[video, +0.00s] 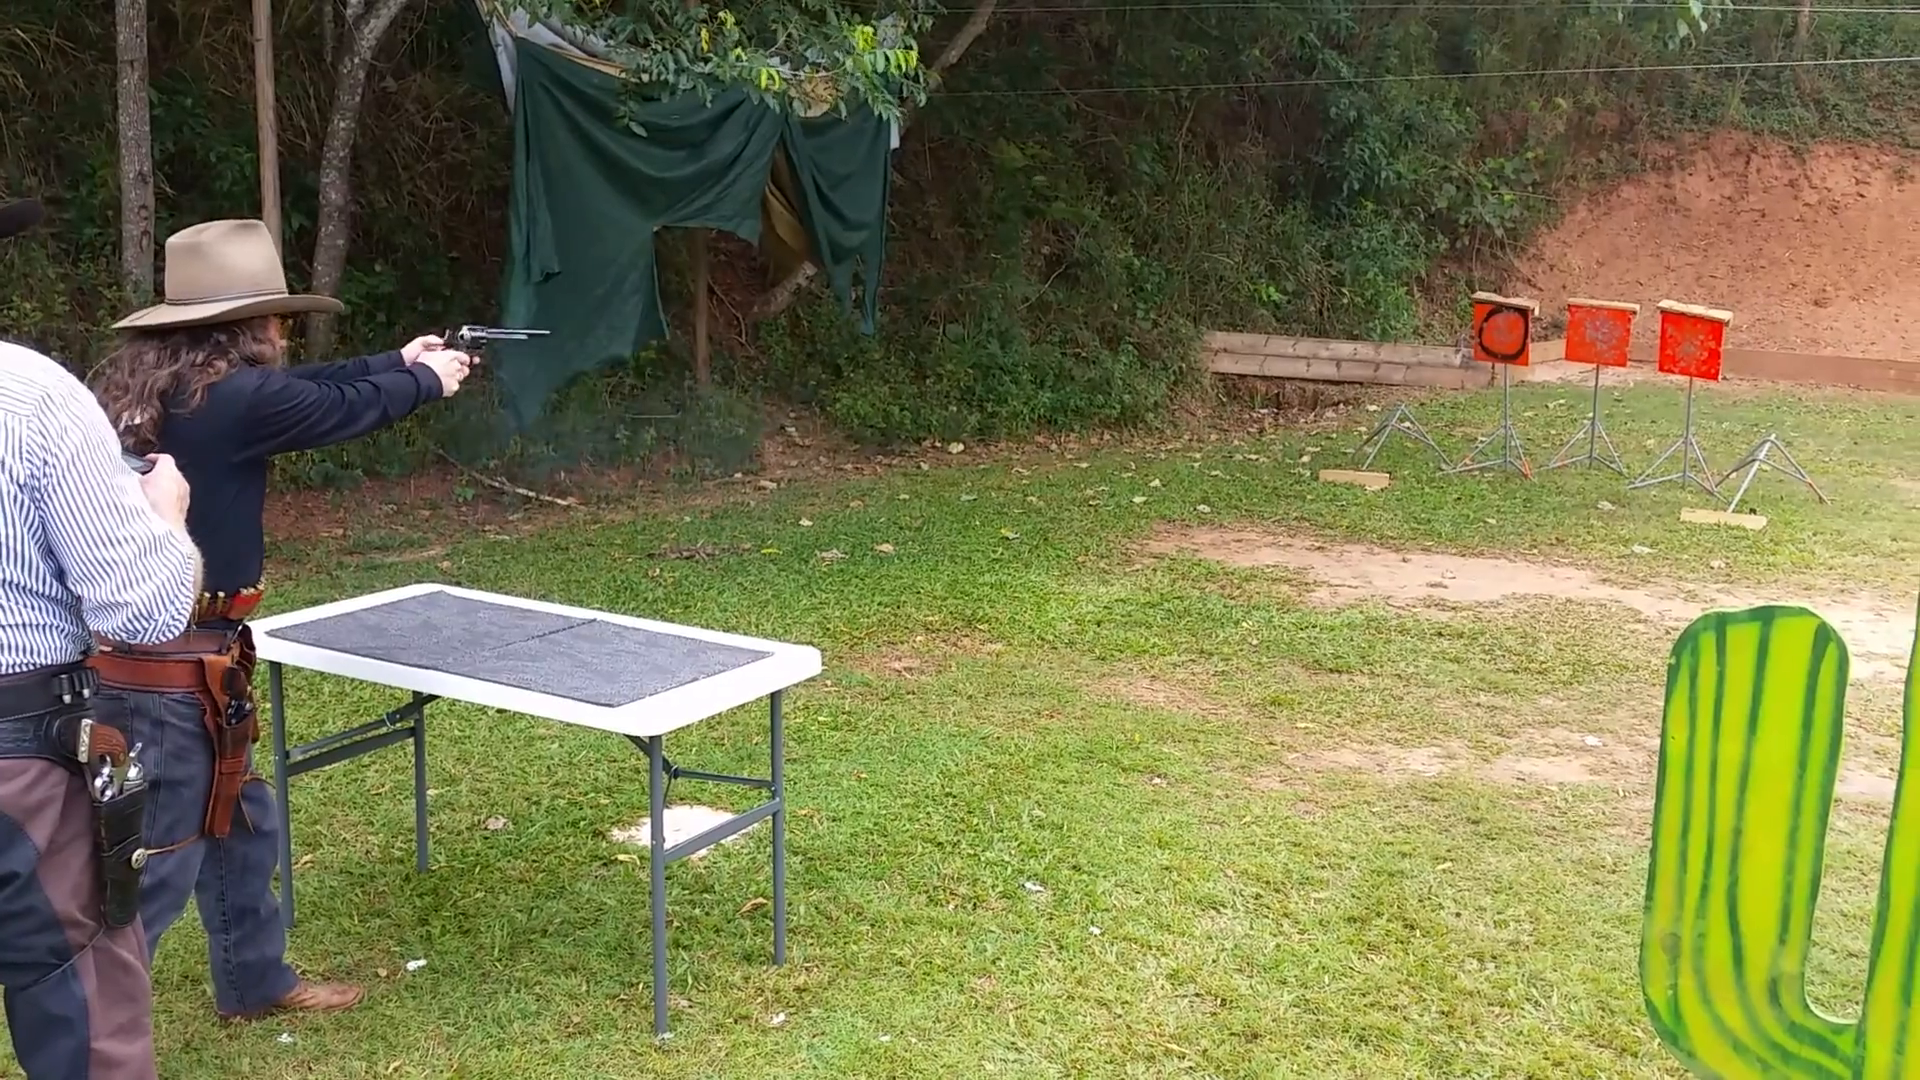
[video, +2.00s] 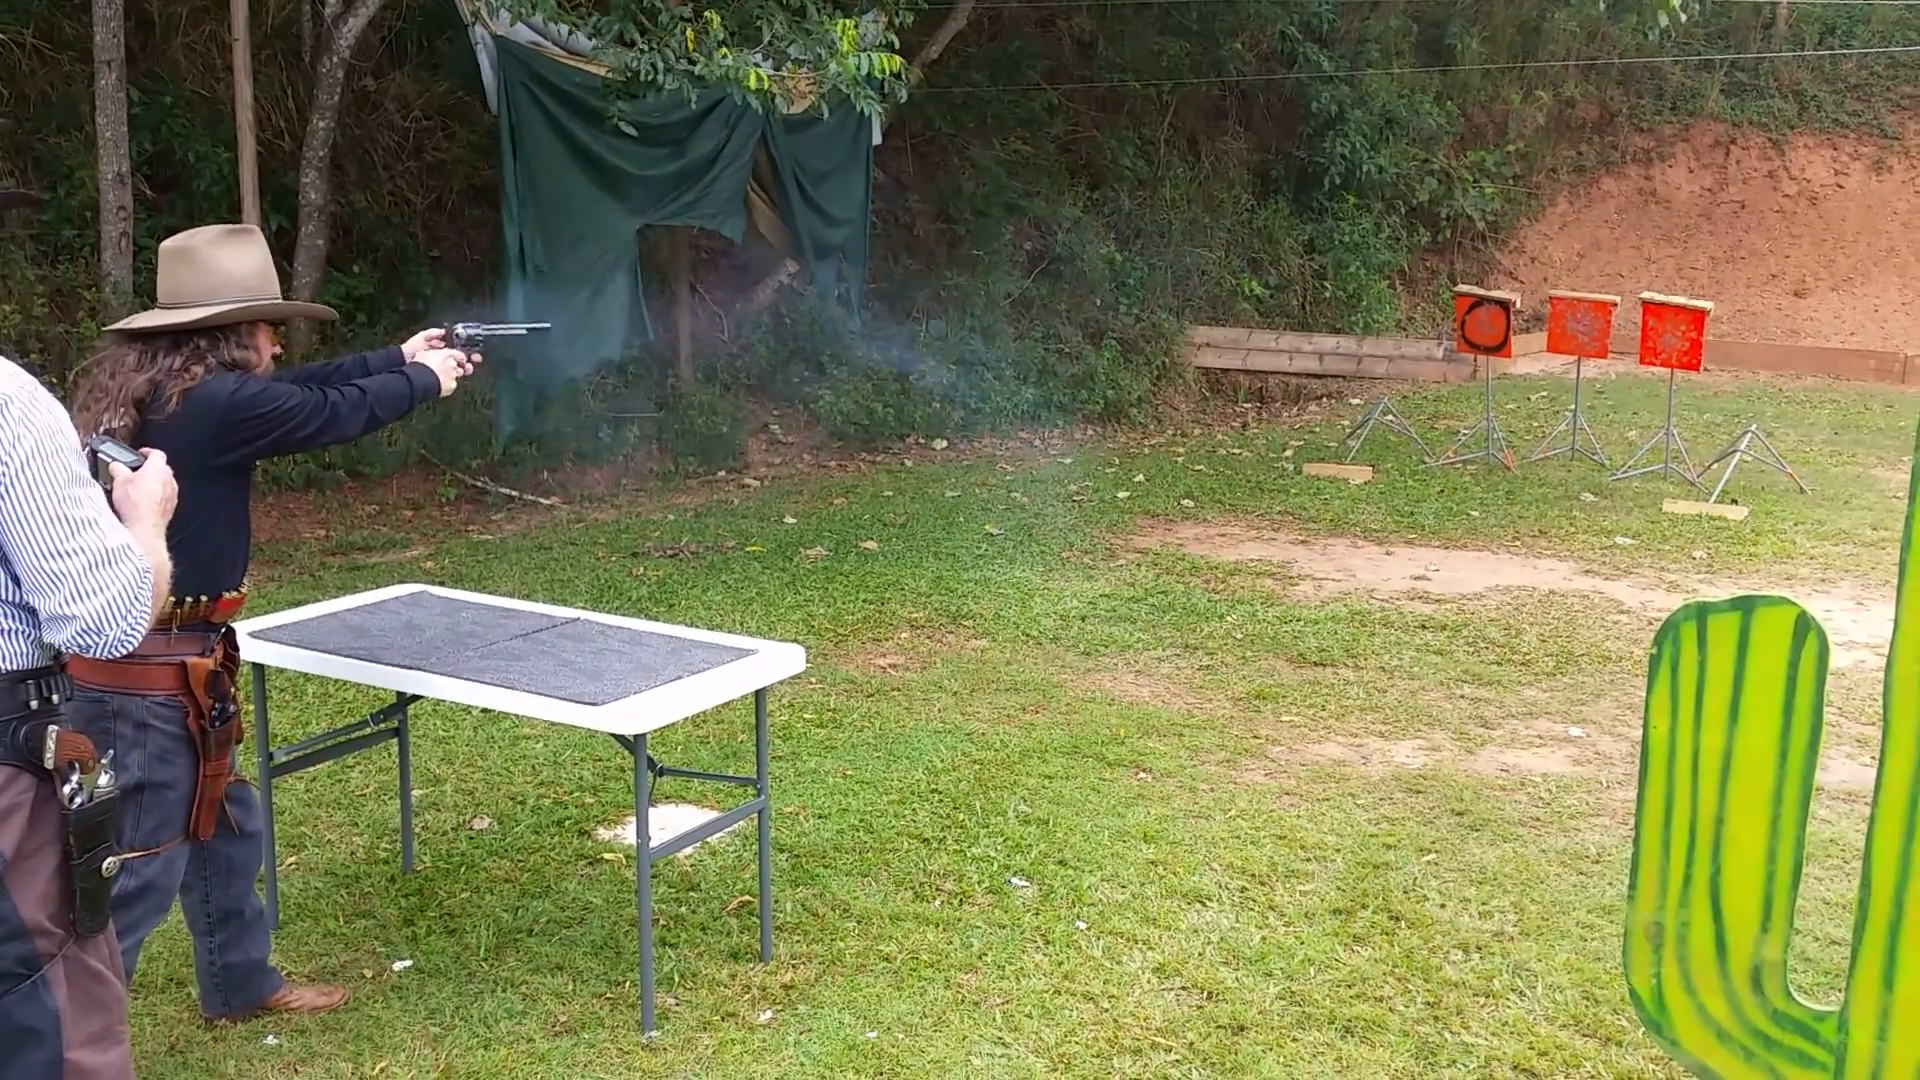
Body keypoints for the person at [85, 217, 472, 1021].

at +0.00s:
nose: (283, 335)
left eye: (280, 321)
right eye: (274, 321)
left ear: (193, 324)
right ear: (242, 325)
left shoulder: (146, 386)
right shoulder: (233, 398)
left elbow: (303, 391)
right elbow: (341, 410)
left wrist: (394, 363)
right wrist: (427, 382)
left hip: (132, 651)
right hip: (174, 665)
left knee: (245, 820)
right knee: (158, 863)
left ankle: (256, 985)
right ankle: (87, 1021)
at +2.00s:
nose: (276, 344)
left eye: (274, 329)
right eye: (267, 328)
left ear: (191, 330)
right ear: (231, 332)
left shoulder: (146, 388)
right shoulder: (214, 403)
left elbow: (298, 390)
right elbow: (334, 414)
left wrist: (400, 359)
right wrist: (427, 380)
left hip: (123, 659)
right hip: (149, 672)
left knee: (230, 823)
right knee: (140, 871)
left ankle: (240, 986)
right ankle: (66, 1031)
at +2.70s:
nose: (213, 413)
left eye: (220, 401)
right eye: (212, 398)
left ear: (160, 363)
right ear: (177, 378)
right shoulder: (121, 438)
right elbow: (174, 559)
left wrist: (204, 534)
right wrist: (233, 622)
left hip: (178, 670)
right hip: (112, 680)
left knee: (216, 833)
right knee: (117, 869)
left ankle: (236, 987)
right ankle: (72, 1007)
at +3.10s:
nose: (226, 379)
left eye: (228, 365)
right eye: (221, 364)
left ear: (167, 354)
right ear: (178, 360)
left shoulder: (158, 420)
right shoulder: (90, 421)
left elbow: (145, 513)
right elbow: (79, 541)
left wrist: (197, 539)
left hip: (165, 661)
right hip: (98, 679)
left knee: (212, 823)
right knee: (132, 867)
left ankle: (235, 988)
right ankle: (66, 1025)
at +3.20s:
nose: (228, 363)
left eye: (229, 349)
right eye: (223, 349)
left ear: (146, 337)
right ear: (186, 353)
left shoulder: (119, 404)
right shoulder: (111, 412)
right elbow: (147, 559)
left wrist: (202, 539)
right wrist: (203, 556)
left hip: (160, 666)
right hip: (114, 680)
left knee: (214, 829)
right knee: (131, 879)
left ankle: (236, 990)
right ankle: (64, 1035)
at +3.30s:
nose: (224, 358)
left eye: (225, 344)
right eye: (217, 344)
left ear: (148, 338)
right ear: (177, 347)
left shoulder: (134, 404)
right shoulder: (122, 407)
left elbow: (169, 509)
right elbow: (160, 518)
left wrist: (238, 508)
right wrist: (240, 522)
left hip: (168, 667)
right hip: (120, 678)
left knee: (213, 836)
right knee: (131, 879)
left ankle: (236, 993)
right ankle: (63, 1032)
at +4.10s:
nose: (261, 351)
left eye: (259, 337)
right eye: (253, 337)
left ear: (175, 338)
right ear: (216, 340)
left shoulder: (118, 392)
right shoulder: (200, 408)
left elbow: (275, 405)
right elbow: (313, 427)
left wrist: (369, 379)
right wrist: (404, 397)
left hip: (107, 660)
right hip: (144, 673)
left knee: (217, 829)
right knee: (135, 873)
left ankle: (241, 994)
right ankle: (67, 1031)